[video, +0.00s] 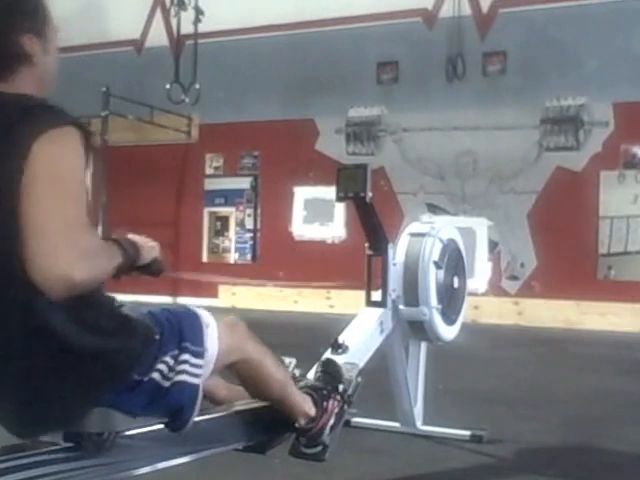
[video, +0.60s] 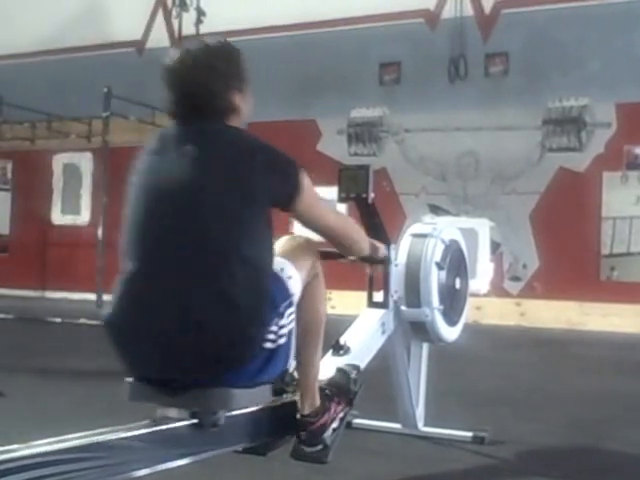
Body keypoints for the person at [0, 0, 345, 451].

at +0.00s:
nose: (56, 58)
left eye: (54, 45)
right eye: (52, 45)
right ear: (29, 45)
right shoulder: (45, 129)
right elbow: (61, 267)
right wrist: (128, 249)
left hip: (8, 356)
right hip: (54, 358)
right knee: (234, 335)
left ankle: (251, 407)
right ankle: (307, 412)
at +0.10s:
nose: (86, 59)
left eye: (84, 46)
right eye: (82, 46)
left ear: (5, 49)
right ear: (59, 47)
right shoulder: (71, 125)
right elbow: (86, 255)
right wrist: (151, 246)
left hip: (8, 363)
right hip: (69, 360)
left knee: (155, 316)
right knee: (242, 318)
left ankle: (242, 401)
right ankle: (305, 412)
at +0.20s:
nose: (121, 57)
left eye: (118, 45)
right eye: (117, 45)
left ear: (36, 54)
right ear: (98, 49)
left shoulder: (13, 128)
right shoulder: (113, 127)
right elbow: (174, 250)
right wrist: (208, 245)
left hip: (35, 365)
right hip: (108, 360)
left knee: (176, 293)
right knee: (254, 298)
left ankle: (250, 409)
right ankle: (306, 411)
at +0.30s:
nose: (158, 65)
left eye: (154, 52)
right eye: (153, 52)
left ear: (75, 62)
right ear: (136, 58)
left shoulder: (35, 134)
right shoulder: (161, 138)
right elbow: (244, 246)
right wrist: (261, 228)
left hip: (60, 368)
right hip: (139, 369)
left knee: (194, 274)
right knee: (270, 278)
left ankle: (240, 402)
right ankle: (309, 413)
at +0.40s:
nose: (195, 78)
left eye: (191, 64)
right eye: (190, 64)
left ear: (113, 78)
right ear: (175, 71)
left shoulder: (76, 147)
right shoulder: (203, 145)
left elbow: (60, 261)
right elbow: (299, 243)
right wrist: (309, 231)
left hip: (93, 368)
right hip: (173, 367)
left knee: (211, 263)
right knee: (285, 266)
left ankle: (248, 412)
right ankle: (311, 414)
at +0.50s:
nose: (223, 86)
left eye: (220, 75)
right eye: (220, 75)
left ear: (150, 86)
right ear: (208, 86)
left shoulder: (119, 149)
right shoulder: (239, 154)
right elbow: (330, 241)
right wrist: (351, 242)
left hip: (120, 360)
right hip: (207, 362)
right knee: (297, 257)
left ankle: (267, 375)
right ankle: (312, 413)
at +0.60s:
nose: (249, 100)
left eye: (246, 89)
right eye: (245, 89)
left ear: (179, 98)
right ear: (233, 98)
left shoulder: (151, 154)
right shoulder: (254, 157)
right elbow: (342, 232)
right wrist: (367, 250)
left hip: (144, 356)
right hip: (225, 358)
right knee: (304, 249)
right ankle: (311, 409)